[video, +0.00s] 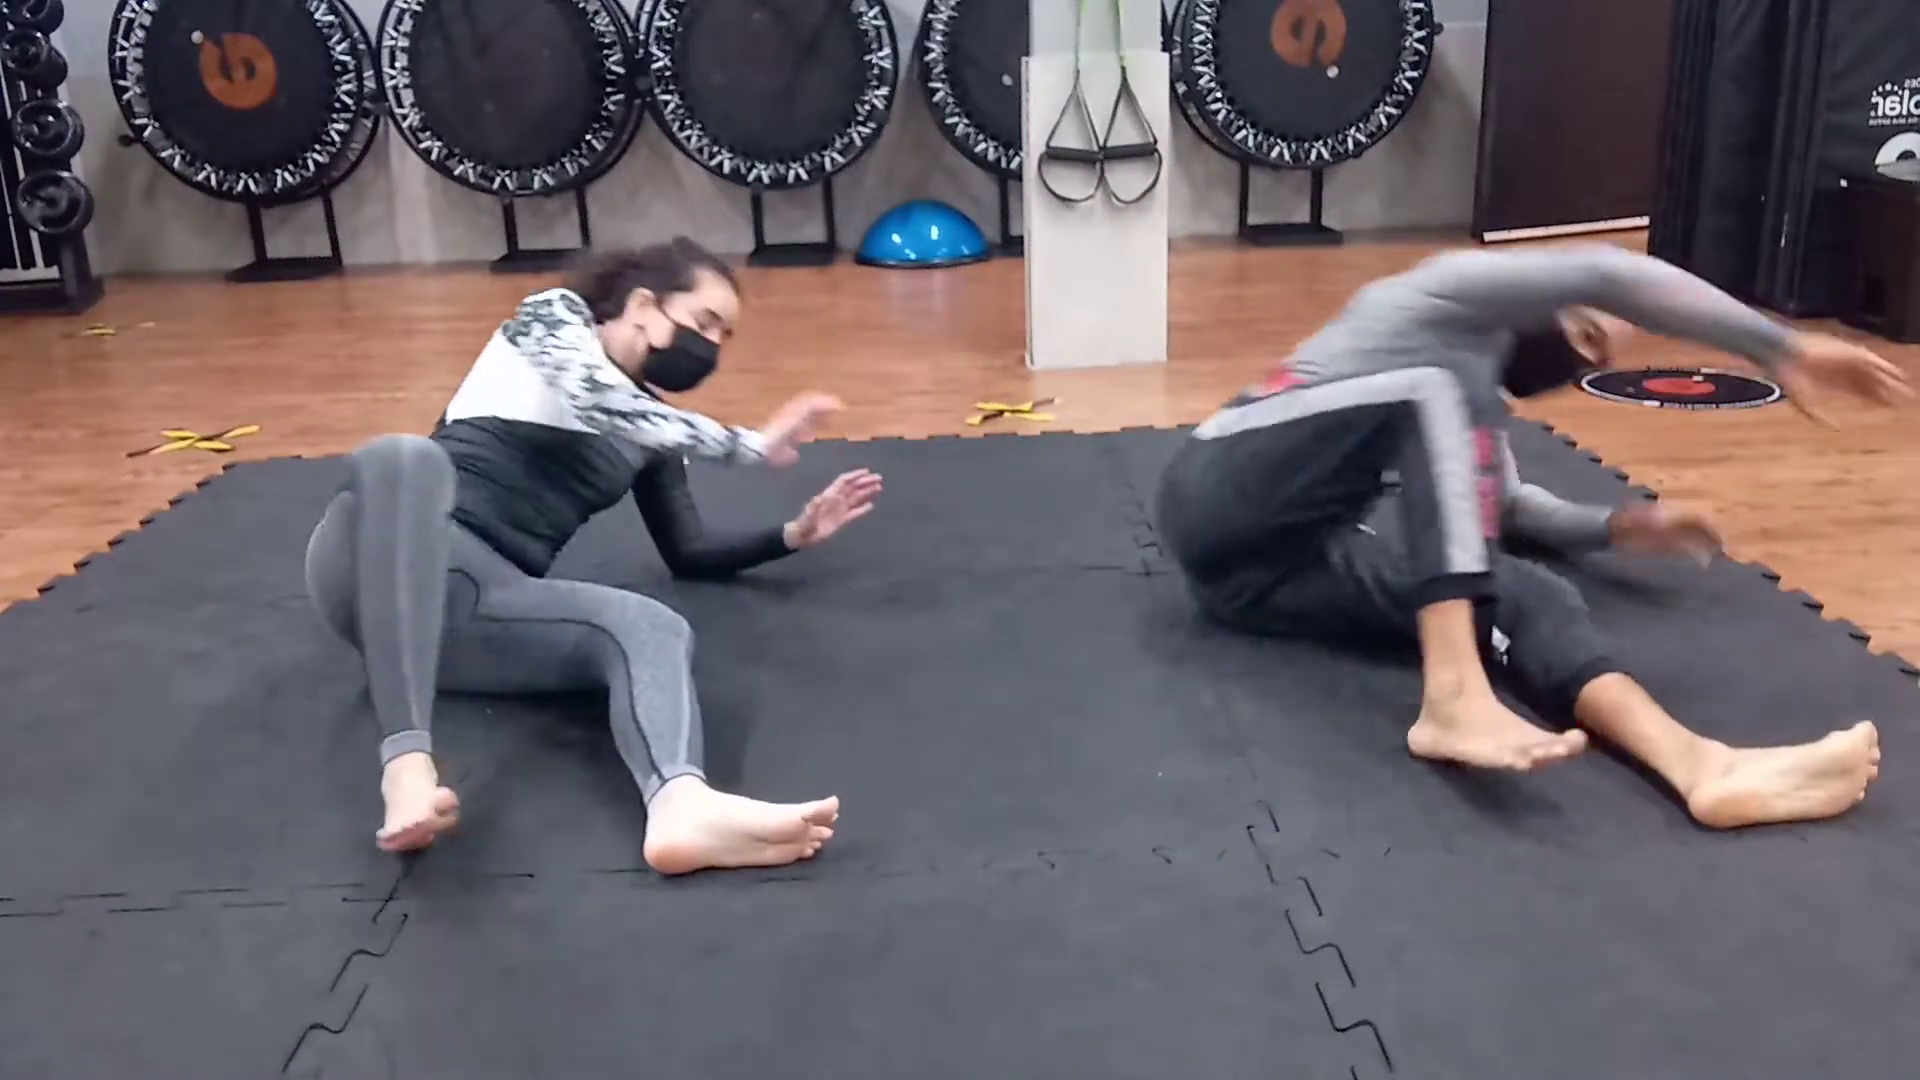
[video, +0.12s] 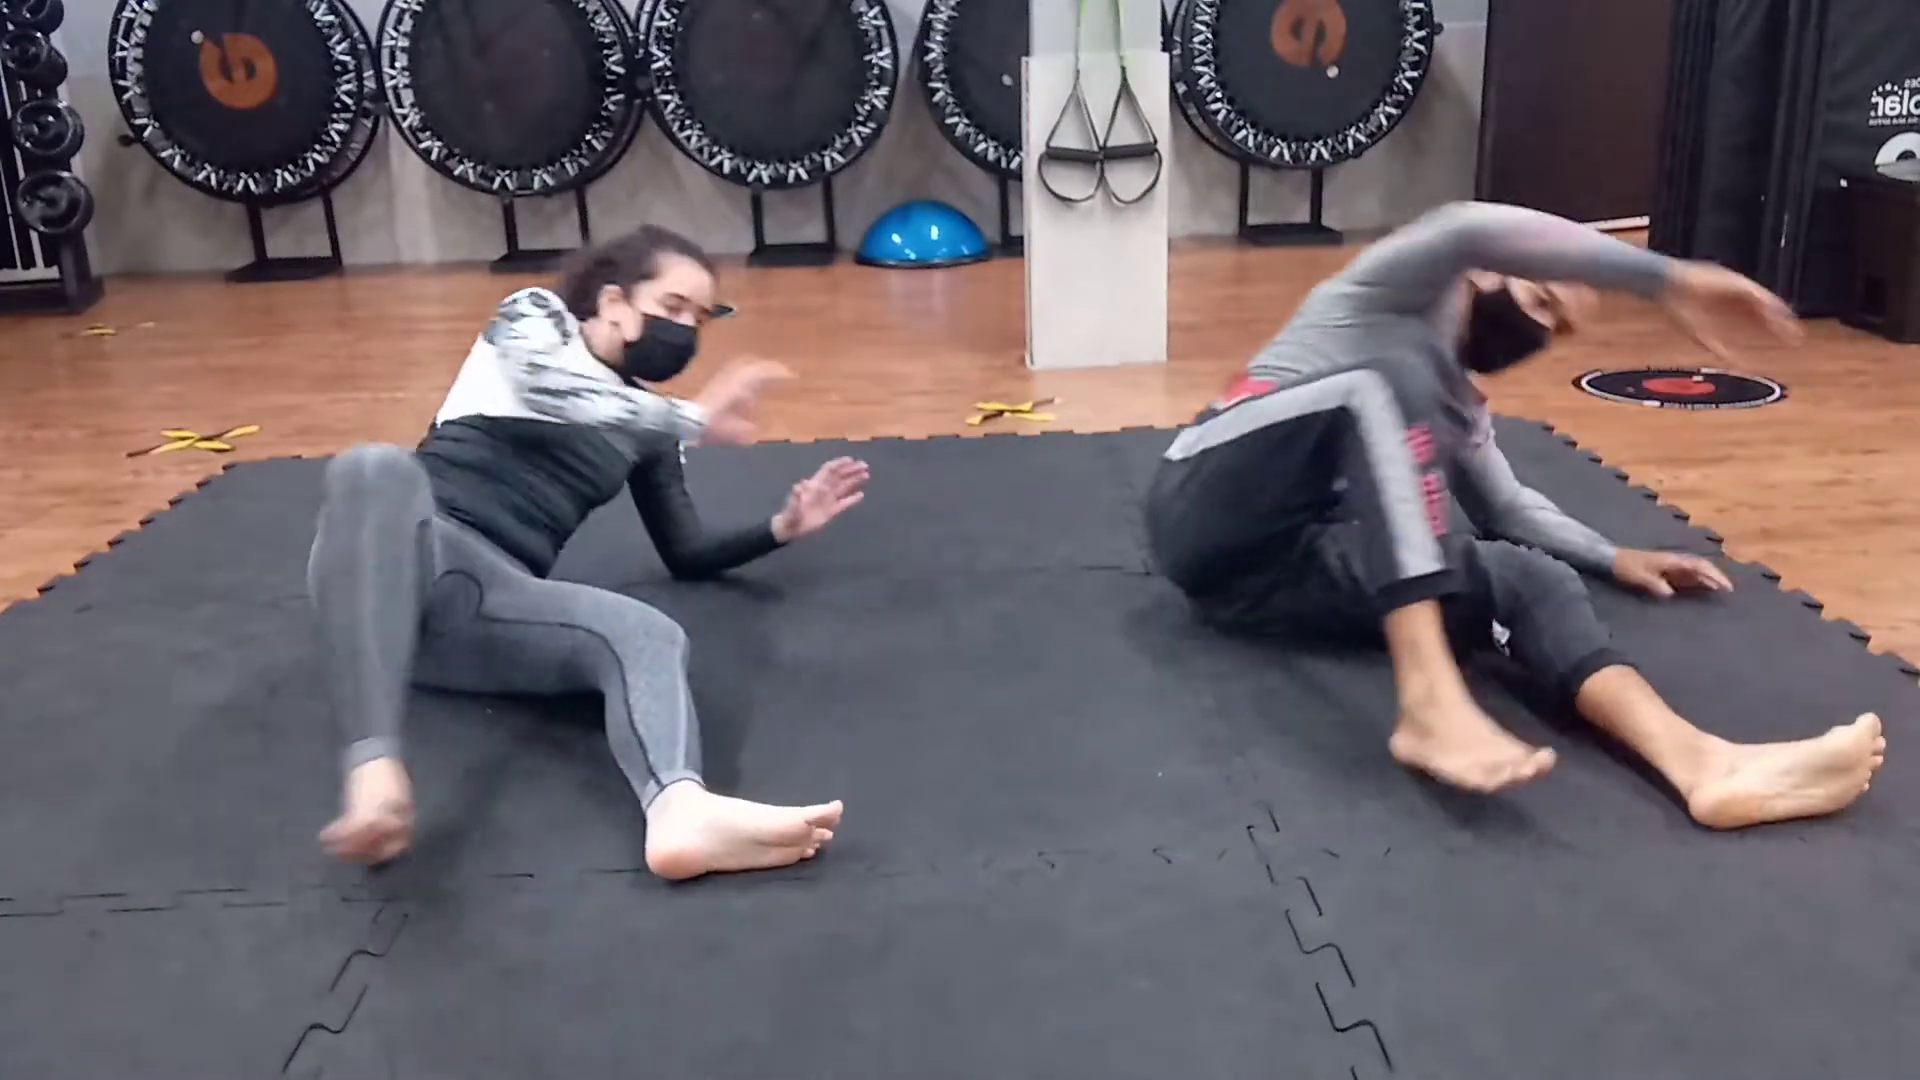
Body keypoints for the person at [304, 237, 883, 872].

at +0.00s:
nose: (715, 348)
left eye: (724, 338)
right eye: (707, 324)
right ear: (643, 303)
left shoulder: (650, 430)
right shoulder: (551, 314)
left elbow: (688, 552)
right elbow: (593, 393)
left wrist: (792, 536)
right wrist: (750, 444)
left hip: (490, 604)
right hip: (387, 562)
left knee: (653, 624)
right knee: (407, 456)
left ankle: (678, 798)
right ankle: (405, 756)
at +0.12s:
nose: (688, 331)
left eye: (700, 318)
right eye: (674, 307)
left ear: (705, 325)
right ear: (614, 301)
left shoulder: (649, 420)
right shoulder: (533, 312)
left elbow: (686, 552)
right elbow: (545, 380)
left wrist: (779, 528)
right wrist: (691, 419)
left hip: (504, 598)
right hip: (414, 547)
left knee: (645, 633)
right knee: (375, 466)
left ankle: (676, 803)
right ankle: (373, 768)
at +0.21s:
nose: (671, 325)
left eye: (683, 311)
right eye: (652, 303)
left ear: (689, 322)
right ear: (587, 301)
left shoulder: (645, 417)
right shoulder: (512, 322)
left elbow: (685, 550)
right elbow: (522, 386)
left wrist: (769, 522)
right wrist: (637, 402)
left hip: (508, 596)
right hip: (417, 547)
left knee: (637, 636)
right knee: (348, 481)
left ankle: (674, 806)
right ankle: (328, 785)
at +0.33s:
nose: (609, 305)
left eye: (624, 292)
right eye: (587, 287)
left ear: (640, 310)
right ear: (536, 295)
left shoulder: (625, 424)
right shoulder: (485, 328)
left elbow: (682, 552)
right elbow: (394, 382)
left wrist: (745, 510)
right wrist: (517, 377)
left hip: (508, 586)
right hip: (406, 538)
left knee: (621, 638)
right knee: (316, 517)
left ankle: (674, 813)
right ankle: (252, 826)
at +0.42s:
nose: (552, 294)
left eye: (570, 277)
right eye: (530, 280)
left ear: (601, 287)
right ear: (499, 292)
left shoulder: (609, 421)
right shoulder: (451, 353)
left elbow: (670, 554)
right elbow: (321, 414)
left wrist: (707, 511)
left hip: (499, 584)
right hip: (392, 537)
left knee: (606, 637)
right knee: (285, 544)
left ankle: (673, 814)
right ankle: (193, 836)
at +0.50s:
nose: (500, 287)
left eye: (521, 272)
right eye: (480, 276)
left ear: (564, 284)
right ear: (458, 292)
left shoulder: (587, 412)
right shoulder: (412, 350)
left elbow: (640, 555)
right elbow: (272, 438)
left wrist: (669, 514)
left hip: (489, 581)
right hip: (379, 540)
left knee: (590, 636)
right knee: (258, 552)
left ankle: (657, 819)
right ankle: (145, 848)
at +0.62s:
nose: (432, 276)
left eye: (452, 258)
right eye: (414, 266)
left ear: (507, 272)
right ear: (402, 284)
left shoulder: (550, 402)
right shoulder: (370, 355)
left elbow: (613, 560)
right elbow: (251, 465)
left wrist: (603, 510)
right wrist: (234, 438)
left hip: (471, 581)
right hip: (357, 552)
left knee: (559, 627)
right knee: (243, 557)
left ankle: (564, 831)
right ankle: (138, 843)